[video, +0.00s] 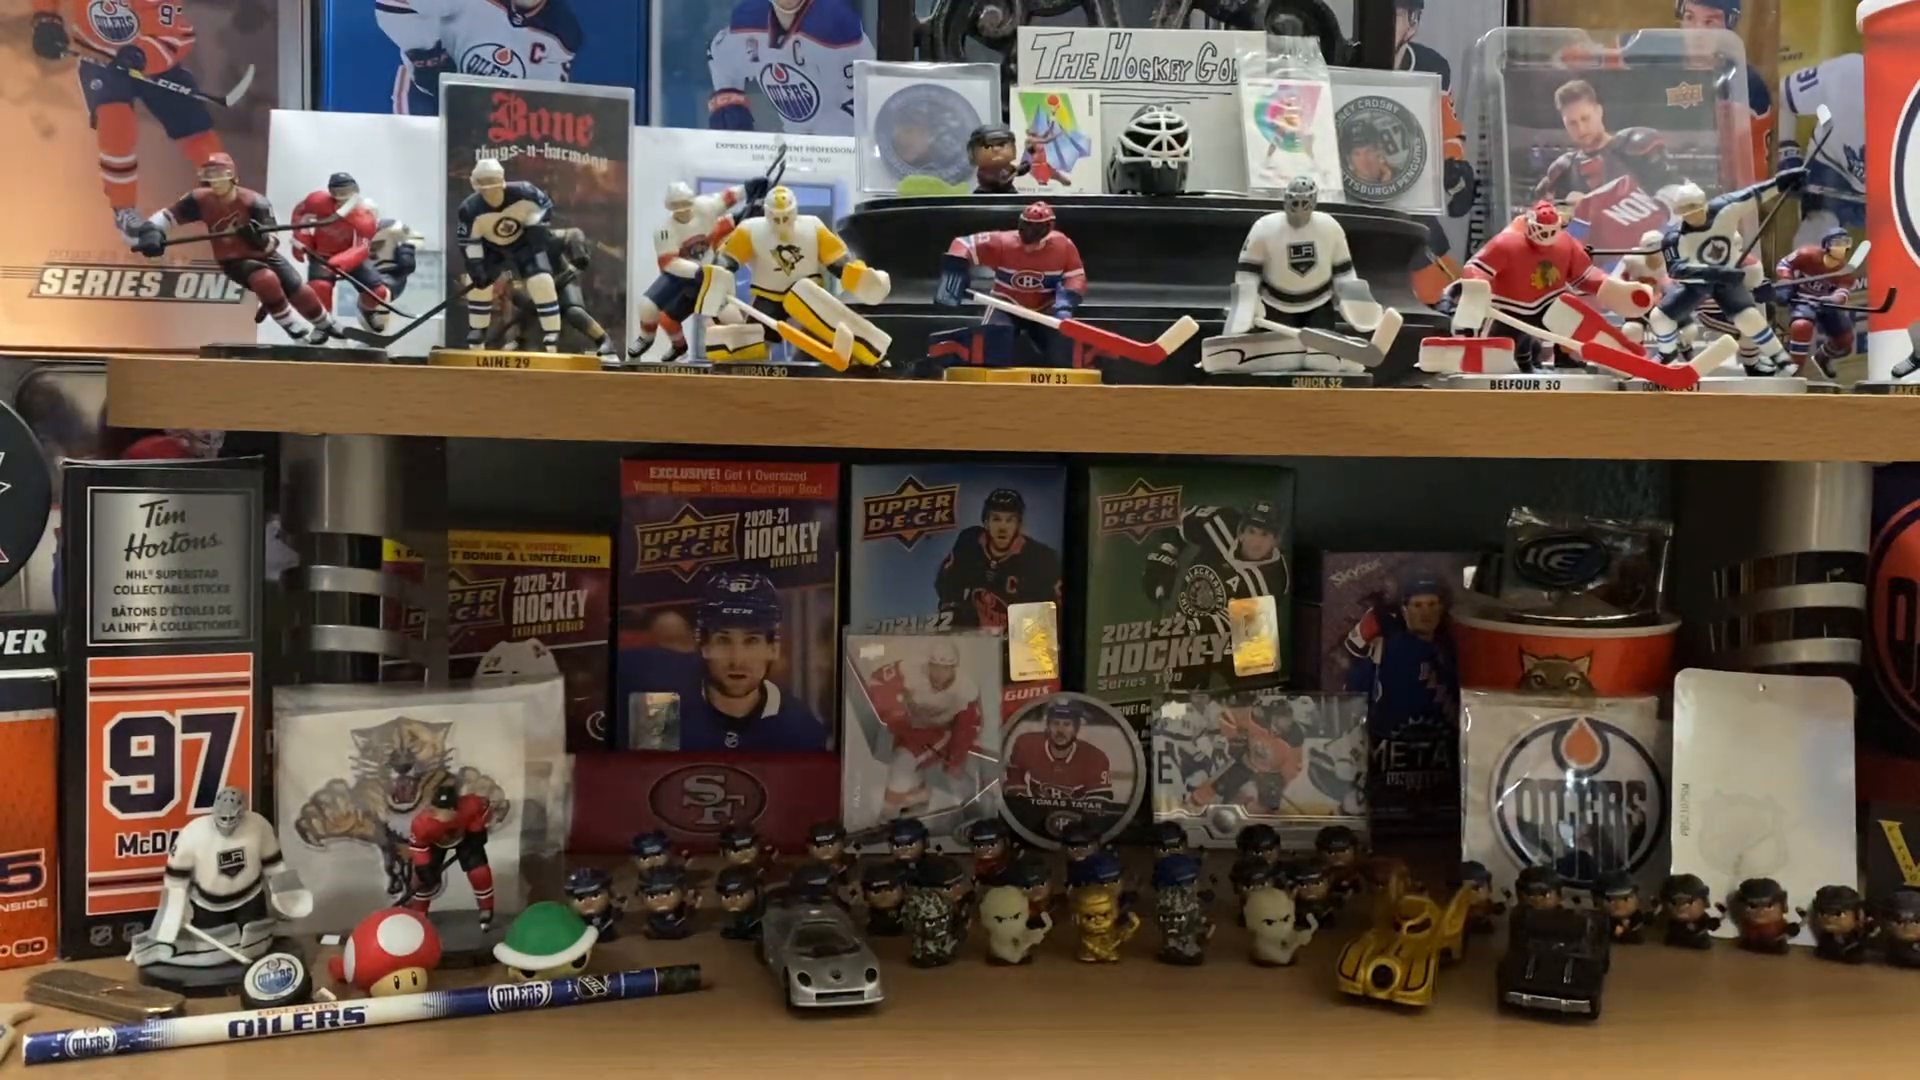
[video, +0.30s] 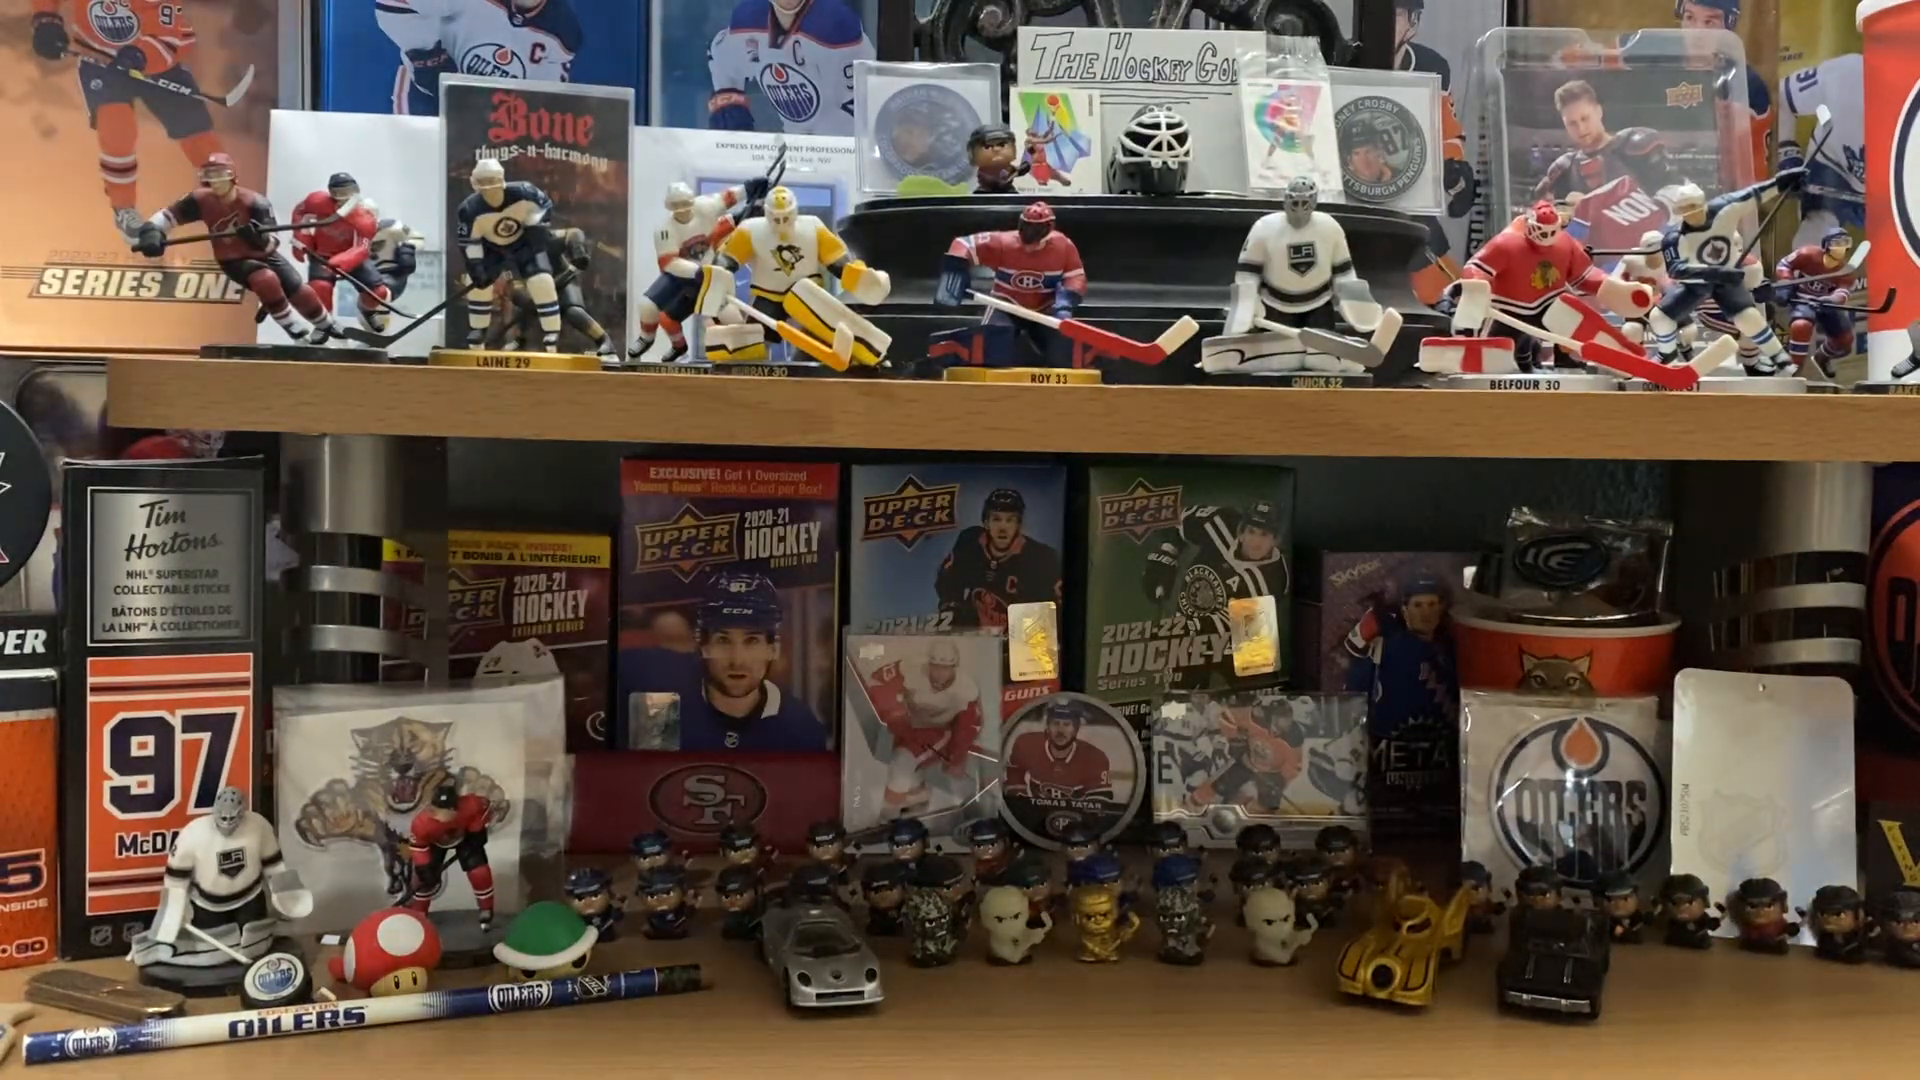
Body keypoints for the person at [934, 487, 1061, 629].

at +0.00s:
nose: (1003, 527)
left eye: (1009, 520)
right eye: (996, 520)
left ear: (1019, 524)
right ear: (986, 523)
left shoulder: (1041, 557)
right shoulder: (968, 542)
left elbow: (1046, 604)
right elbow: (944, 580)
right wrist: (949, 608)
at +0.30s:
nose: (1003, 527)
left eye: (1010, 521)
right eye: (996, 520)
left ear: (1019, 524)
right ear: (986, 523)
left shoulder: (1041, 557)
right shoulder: (969, 541)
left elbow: (1047, 604)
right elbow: (945, 577)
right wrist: (949, 606)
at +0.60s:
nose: (1003, 527)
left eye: (1010, 521)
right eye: (996, 520)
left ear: (1019, 525)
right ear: (986, 522)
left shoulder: (1042, 557)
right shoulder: (969, 541)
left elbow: (1047, 604)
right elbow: (944, 580)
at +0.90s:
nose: (1003, 527)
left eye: (1010, 521)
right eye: (996, 520)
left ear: (1019, 525)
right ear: (986, 523)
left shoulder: (1041, 557)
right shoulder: (969, 541)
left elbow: (1046, 604)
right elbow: (944, 578)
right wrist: (950, 607)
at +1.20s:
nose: (1002, 527)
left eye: (1009, 520)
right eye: (996, 520)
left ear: (1019, 525)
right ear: (985, 523)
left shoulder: (1042, 558)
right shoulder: (968, 542)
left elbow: (1045, 607)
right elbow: (944, 580)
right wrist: (949, 607)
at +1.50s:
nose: (1002, 527)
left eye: (1009, 520)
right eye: (996, 520)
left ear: (1019, 525)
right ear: (985, 523)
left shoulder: (1042, 558)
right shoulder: (968, 542)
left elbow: (1045, 607)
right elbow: (944, 581)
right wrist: (949, 607)